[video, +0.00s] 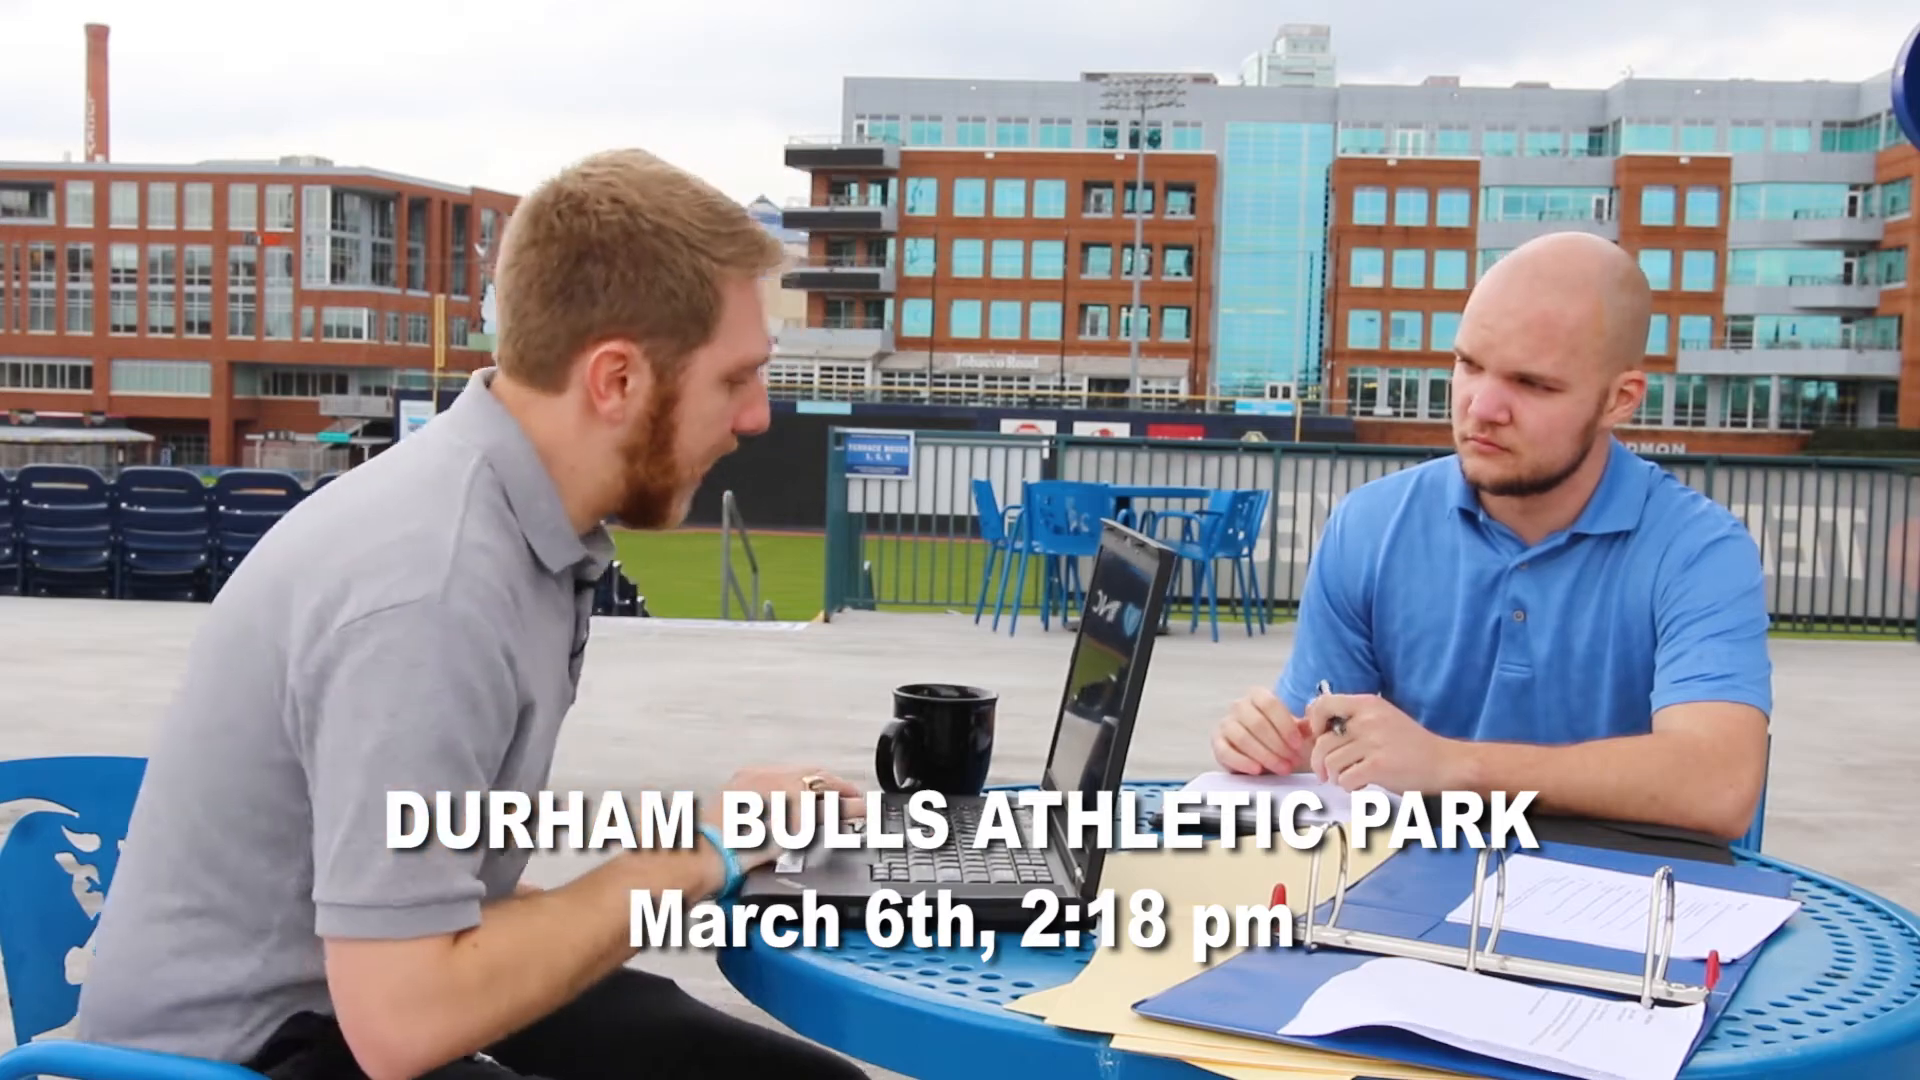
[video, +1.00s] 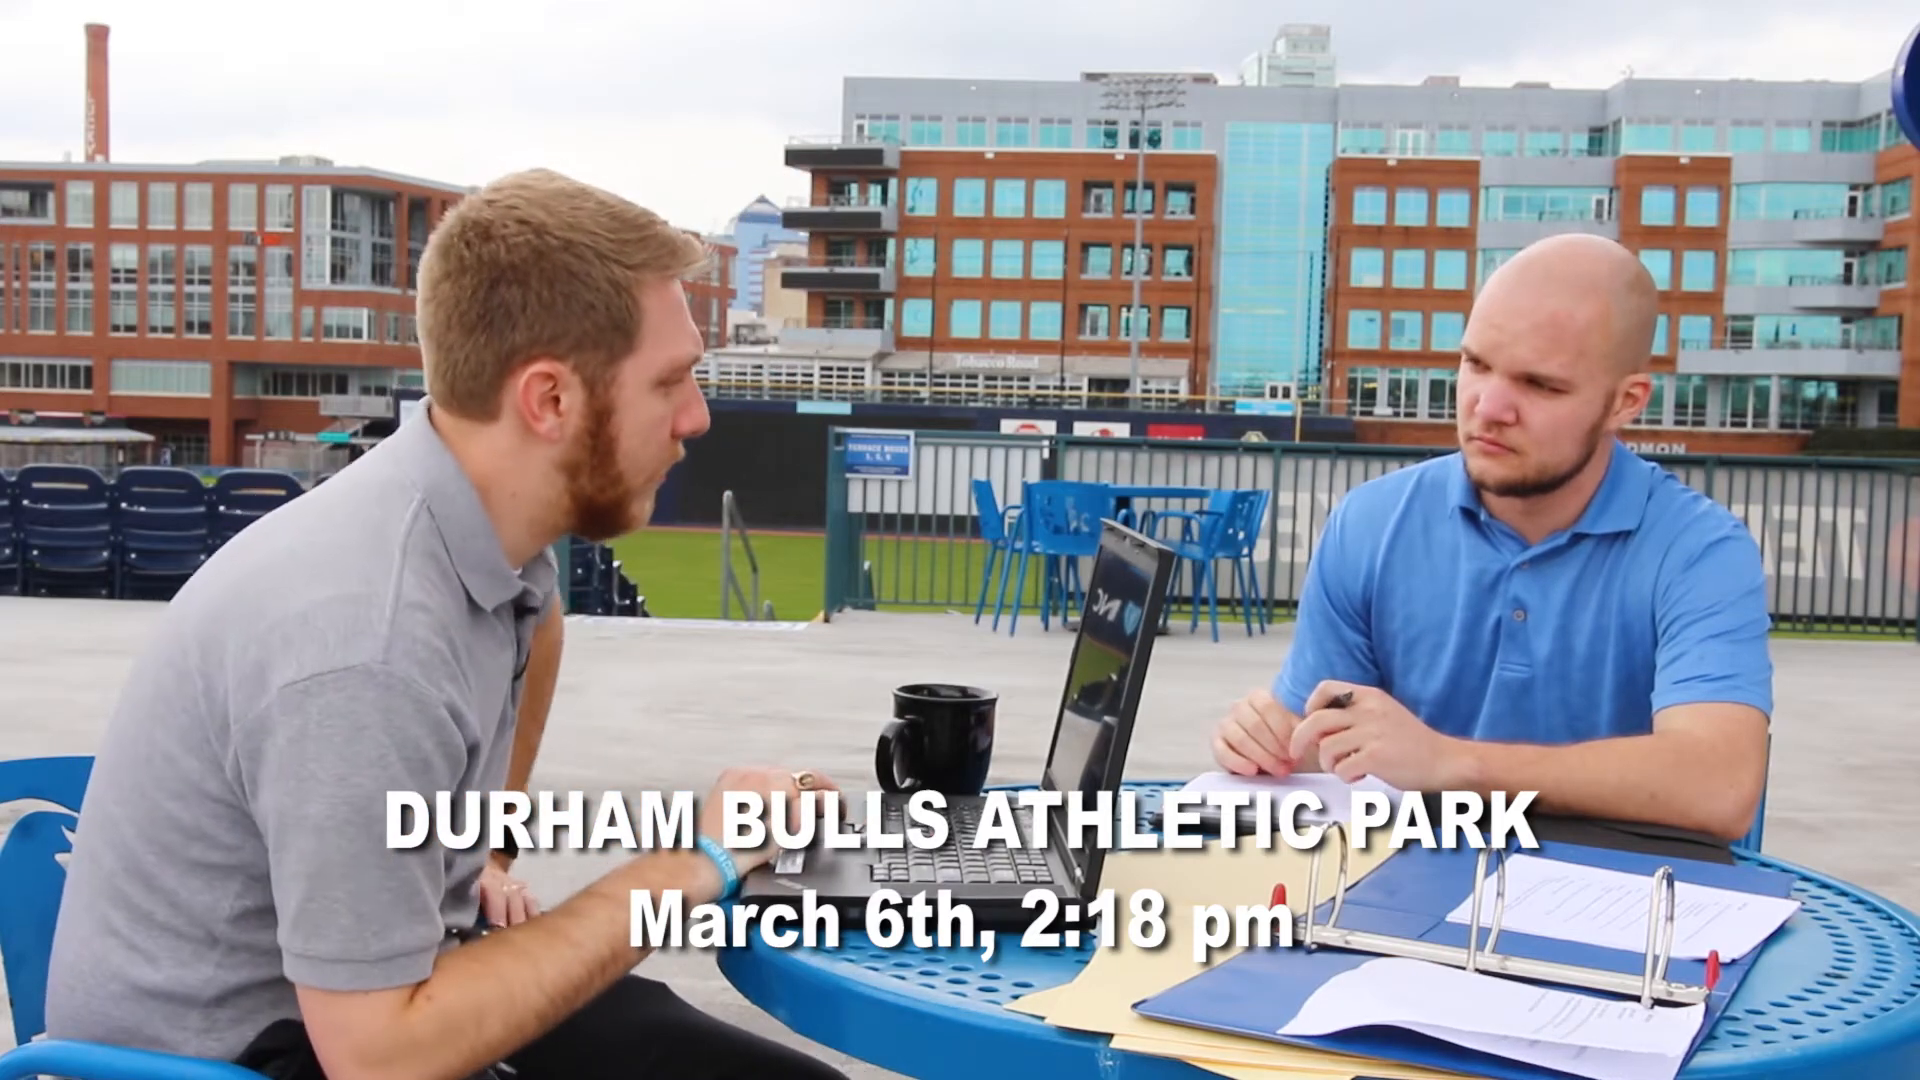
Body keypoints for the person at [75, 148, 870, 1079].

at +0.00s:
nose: (758, 421)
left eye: (758, 381)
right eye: (739, 383)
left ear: (612, 383)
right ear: (616, 382)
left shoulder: (513, 519)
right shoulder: (426, 585)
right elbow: (402, 1021)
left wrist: (690, 827)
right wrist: (693, 850)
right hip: (241, 1042)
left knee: (829, 1072)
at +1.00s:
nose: (700, 420)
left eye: (693, 380)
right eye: (672, 385)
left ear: (548, 404)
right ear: (547, 401)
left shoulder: (472, 510)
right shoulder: (361, 649)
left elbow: (536, 636)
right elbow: (379, 1050)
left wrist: (487, 836)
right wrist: (691, 857)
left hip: (374, 964)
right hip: (218, 1046)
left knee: (808, 1074)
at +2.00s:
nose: (694, 402)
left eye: (688, 365)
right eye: (674, 369)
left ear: (562, 389)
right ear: (565, 389)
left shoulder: (464, 526)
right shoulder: (365, 642)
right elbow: (404, 1047)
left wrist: (467, 857)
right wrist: (690, 860)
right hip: (212, 1048)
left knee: (803, 1063)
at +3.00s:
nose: (676, 391)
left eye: (668, 353)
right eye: (651, 360)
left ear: (534, 392)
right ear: (533, 392)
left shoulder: (432, 512)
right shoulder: (338, 641)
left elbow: (401, 719)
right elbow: (400, 1044)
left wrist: (534, 756)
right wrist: (644, 831)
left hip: (365, 968)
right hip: (223, 1044)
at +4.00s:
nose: (688, 395)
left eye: (681, 358)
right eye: (664, 364)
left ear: (541, 392)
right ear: (552, 391)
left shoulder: (434, 523)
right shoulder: (343, 620)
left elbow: (417, 788)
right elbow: (383, 1030)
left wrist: (638, 780)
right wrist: (688, 867)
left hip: (368, 966)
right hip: (227, 1042)